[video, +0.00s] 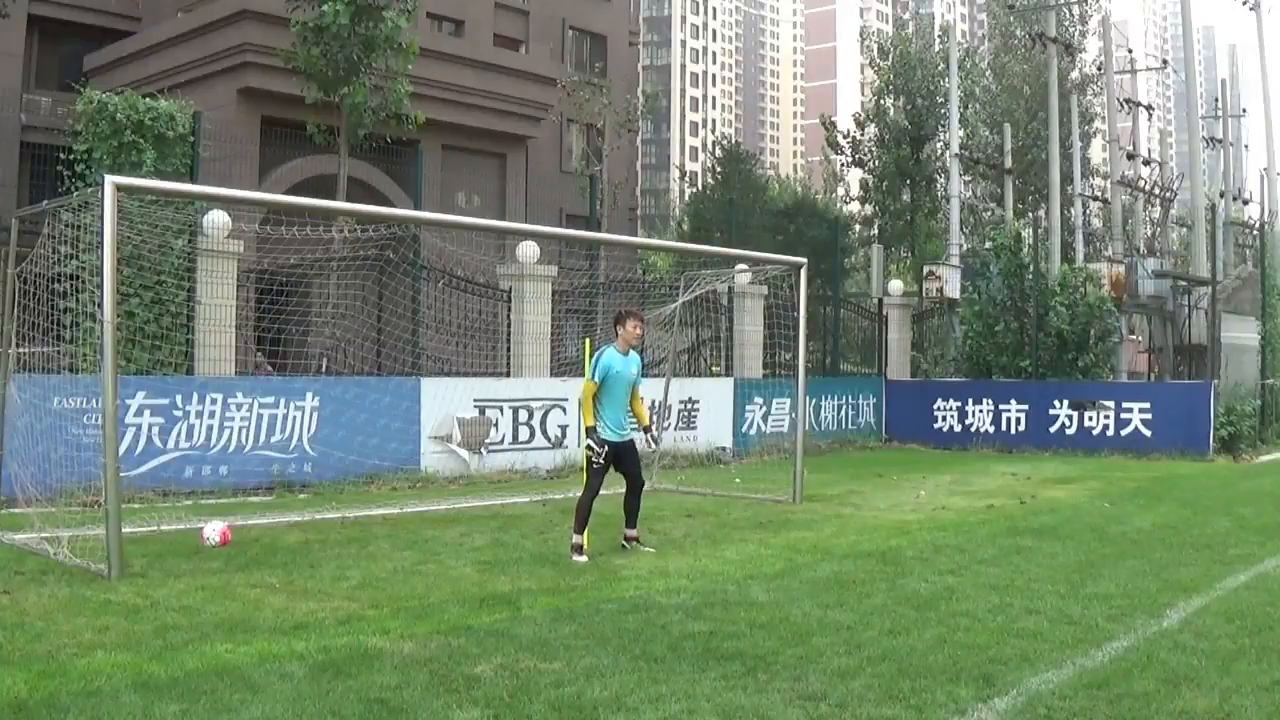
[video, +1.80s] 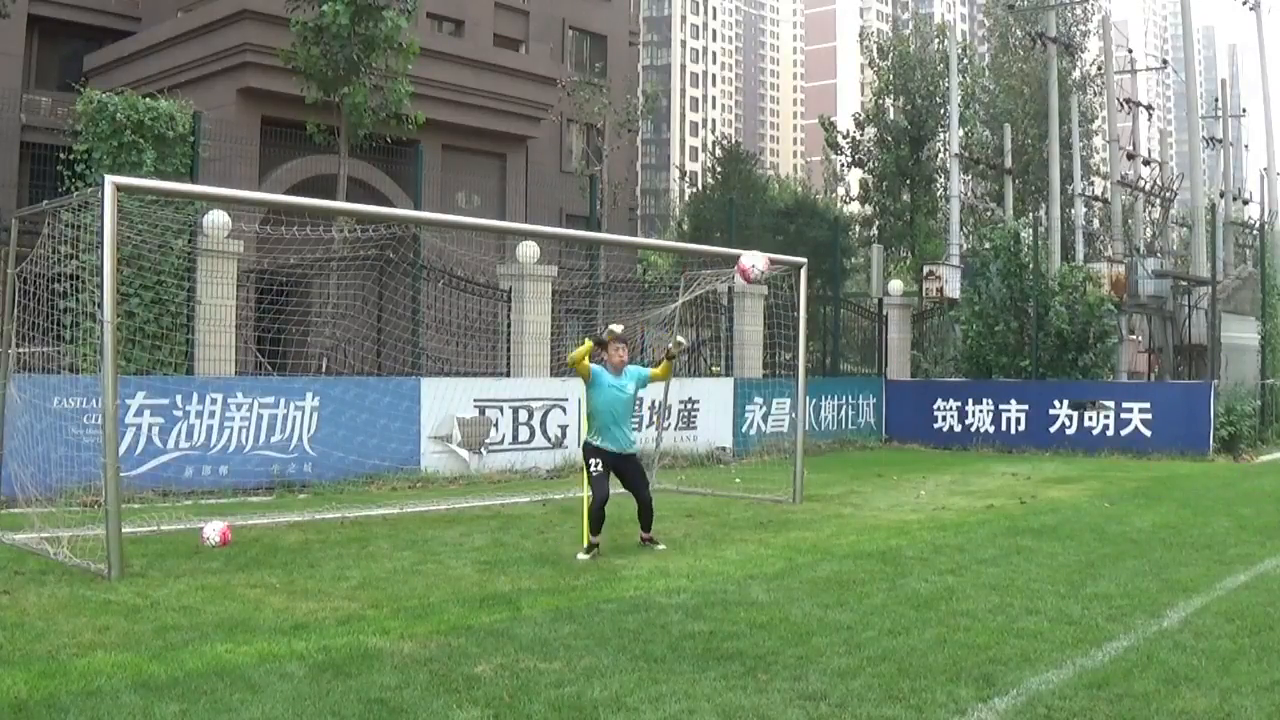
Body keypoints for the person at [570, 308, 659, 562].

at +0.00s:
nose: (639, 332)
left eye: (641, 328)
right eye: (634, 327)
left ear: (640, 332)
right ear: (620, 330)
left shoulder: (635, 360)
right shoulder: (604, 357)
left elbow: (635, 398)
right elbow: (587, 394)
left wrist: (646, 426)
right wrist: (590, 431)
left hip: (624, 437)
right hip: (602, 436)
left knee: (636, 483)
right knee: (591, 490)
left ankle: (631, 537)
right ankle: (577, 542)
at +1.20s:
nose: (653, 356)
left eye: (654, 352)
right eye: (648, 352)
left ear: (651, 356)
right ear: (633, 354)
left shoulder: (648, 381)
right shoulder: (616, 381)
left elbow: (639, 414)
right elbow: (591, 415)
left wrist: (639, 440)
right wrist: (605, 447)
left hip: (628, 448)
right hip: (602, 448)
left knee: (652, 489)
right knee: (603, 495)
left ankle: (638, 537)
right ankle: (574, 542)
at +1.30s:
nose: (652, 346)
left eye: (652, 342)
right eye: (647, 342)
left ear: (648, 346)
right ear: (631, 345)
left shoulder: (650, 371)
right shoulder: (618, 371)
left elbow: (664, 396)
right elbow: (601, 404)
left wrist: (666, 407)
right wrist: (630, 416)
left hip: (627, 443)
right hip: (602, 442)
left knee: (651, 486)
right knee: (601, 492)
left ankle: (638, 537)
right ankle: (573, 541)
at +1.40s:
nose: (649, 338)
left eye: (650, 334)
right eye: (644, 334)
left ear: (650, 339)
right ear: (629, 337)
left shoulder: (651, 359)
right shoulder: (619, 358)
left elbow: (679, 363)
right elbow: (617, 375)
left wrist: (685, 350)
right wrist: (646, 358)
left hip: (627, 436)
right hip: (604, 436)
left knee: (647, 482)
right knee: (595, 489)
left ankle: (638, 536)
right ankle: (572, 539)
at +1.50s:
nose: (641, 324)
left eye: (643, 320)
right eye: (637, 320)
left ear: (644, 323)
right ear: (625, 323)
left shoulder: (648, 343)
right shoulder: (616, 347)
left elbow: (675, 331)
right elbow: (631, 335)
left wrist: (670, 306)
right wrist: (643, 306)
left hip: (632, 423)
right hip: (609, 421)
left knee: (643, 477)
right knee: (594, 482)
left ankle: (641, 529)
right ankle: (567, 533)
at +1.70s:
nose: (629, 350)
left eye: (632, 346)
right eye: (624, 346)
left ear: (635, 349)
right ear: (613, 350)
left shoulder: (639, 366)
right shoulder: (606, 370)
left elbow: (667, 350)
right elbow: (604, 344)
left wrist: (681, 326)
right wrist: (628, 320)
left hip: (630, 443)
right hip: (605, 444)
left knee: (652, 498)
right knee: (603, 495)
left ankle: (647, 536)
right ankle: (575, 536)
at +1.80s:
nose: (622, 354)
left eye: (625, 350)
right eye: (617, 350)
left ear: (628, 353)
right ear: (605, 354)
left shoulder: (634, 374)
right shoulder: (594, 374)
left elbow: (663, 374)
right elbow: (574, 360)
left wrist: (669, 357)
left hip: (625, 450)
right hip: (597, 448)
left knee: (644, 496)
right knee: (600, 496)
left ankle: (646, 537)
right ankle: (592, 543)